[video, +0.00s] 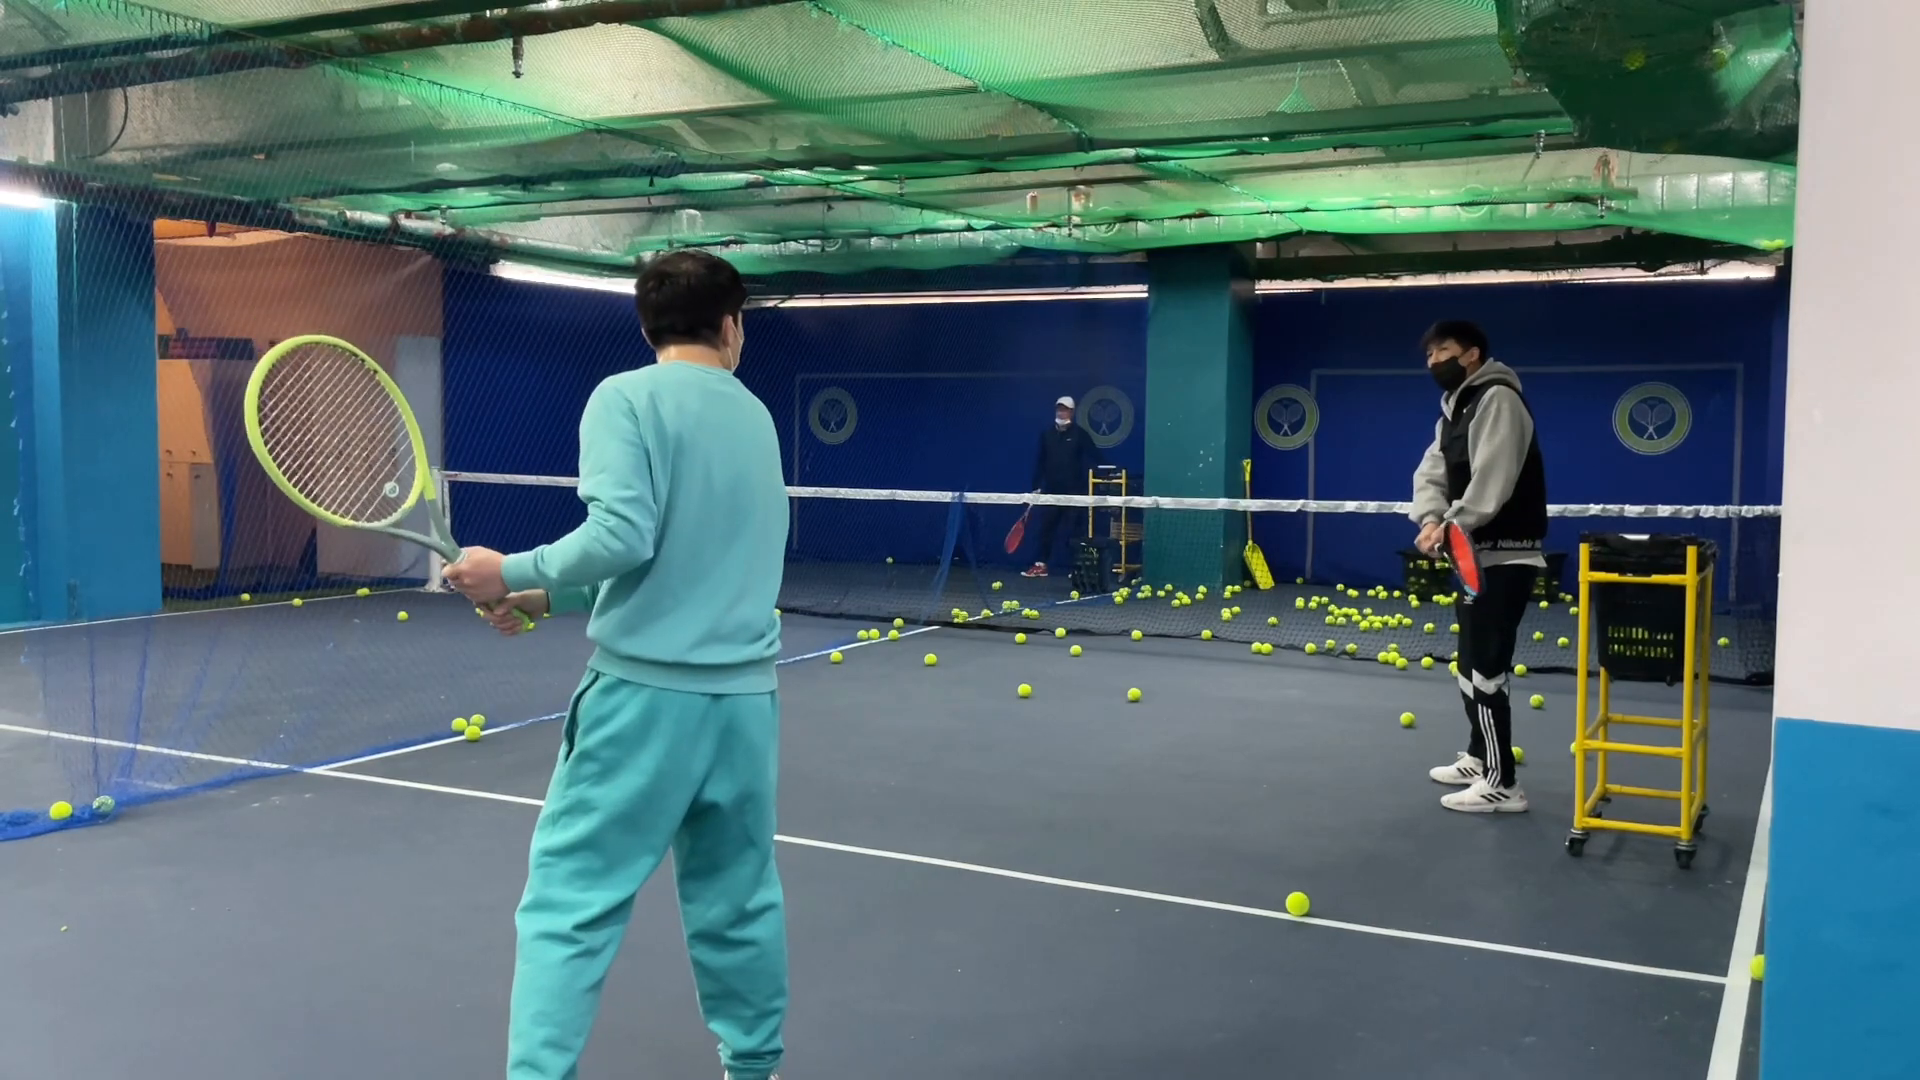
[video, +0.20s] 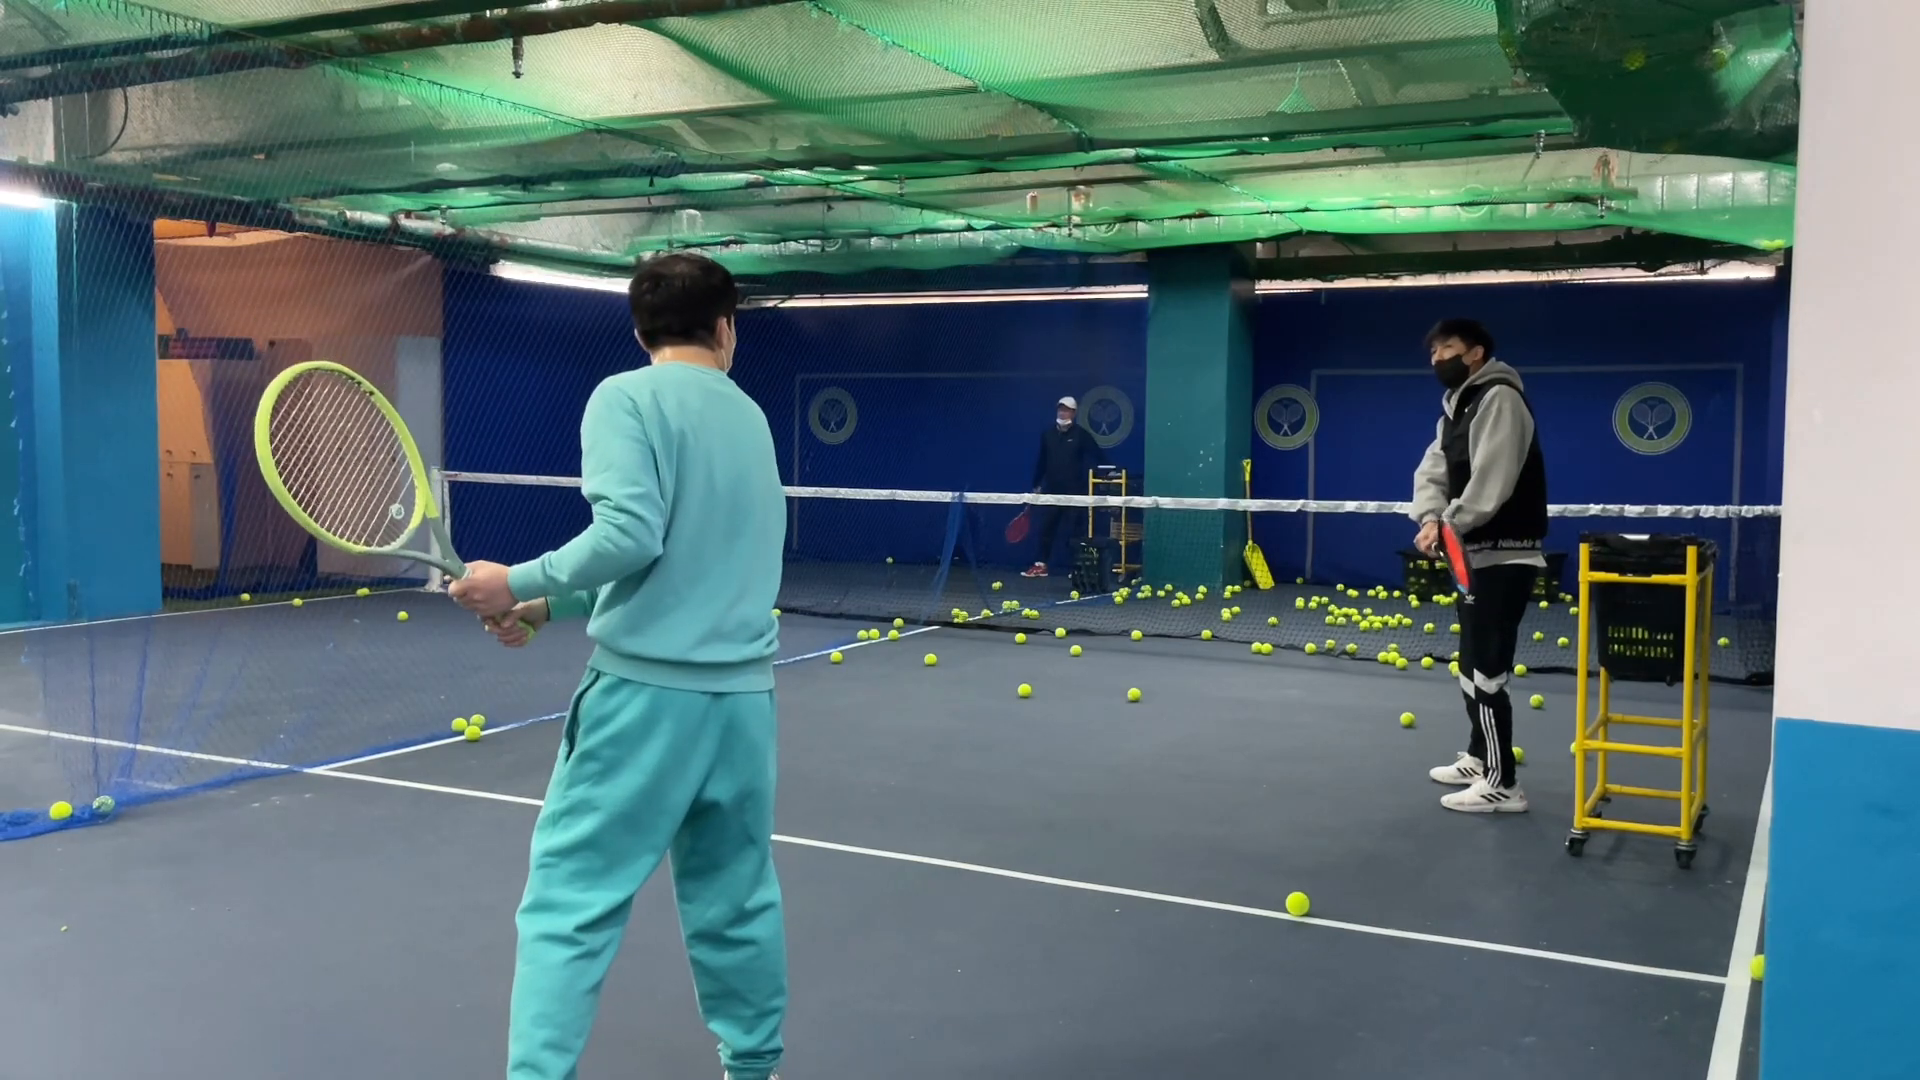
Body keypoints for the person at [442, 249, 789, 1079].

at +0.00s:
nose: (744, 333)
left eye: (743, 320)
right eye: (742, 320)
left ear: (648, 326)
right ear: (730, 324)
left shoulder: (624, 397)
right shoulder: (755, 415)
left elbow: (622, 536)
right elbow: (688, 558)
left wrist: (509, 570)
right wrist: (545, 594)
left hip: (641, 702)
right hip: (745, 704)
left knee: (569, 907)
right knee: (739, 898)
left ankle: (538, 1068)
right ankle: (754, 1063)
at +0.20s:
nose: (736, 335)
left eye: (734, 325)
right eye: (734, 323)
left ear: (642, 330)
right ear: (725, 328)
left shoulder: (626, 397)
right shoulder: (750, 417)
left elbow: (630, 534)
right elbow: (678, 562)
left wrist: (515, 580)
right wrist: (546, 604)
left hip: (642, 698)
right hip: (743, 702)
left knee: (570, 905)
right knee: (736, 895)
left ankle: (538, 1068)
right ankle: (753, 1063)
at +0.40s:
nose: (732, 336)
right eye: (731, 325)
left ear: (640, 331)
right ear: (722, 329)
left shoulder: (626, 397)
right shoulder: (748, 418)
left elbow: (633, 532)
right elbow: (679, 562)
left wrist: (521, 586)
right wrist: (547, 607)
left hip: (643, 698)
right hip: (742, 702)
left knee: (569, 907)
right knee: (735, 895)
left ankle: (538, 1068)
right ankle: (754, 1063)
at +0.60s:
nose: (732, 336)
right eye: (731, 325)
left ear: (639, 332)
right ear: (720, 330)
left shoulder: (628, 397)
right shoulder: (749, 419)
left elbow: (643, 532)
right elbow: (707, 566)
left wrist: (532, 596)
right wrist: (551, 612)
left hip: (646, 699)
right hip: (743, 702)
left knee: (570, 910)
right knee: (736, 897)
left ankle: (539, 1068)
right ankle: (756, 1063)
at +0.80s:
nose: (732, 335)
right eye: (731, 324)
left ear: (639, 332)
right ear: (720, 331)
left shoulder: (630, 397)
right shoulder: (746, 417)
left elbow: (649, 533)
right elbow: (727, 560)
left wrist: (544, 607)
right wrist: (563, 617)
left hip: (647, 699)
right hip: (744, 704)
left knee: (572, 910)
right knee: (736, 899)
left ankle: (539, 1068)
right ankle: (756, 1064)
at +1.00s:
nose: (731, 338)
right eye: (729, 327)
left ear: (637, 332)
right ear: (717, 331)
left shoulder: (627, 398)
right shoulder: (745, 418)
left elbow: (646, 536)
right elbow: (750, 556)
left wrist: (547, 616)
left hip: (647, 700)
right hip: (744, 703)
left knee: (572, 910)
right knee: (735, 898)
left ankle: (539, 1069)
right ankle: (755, 1063)